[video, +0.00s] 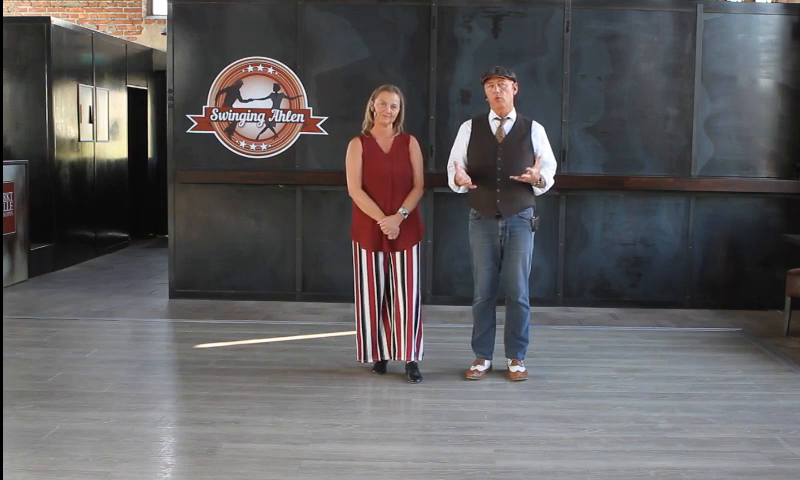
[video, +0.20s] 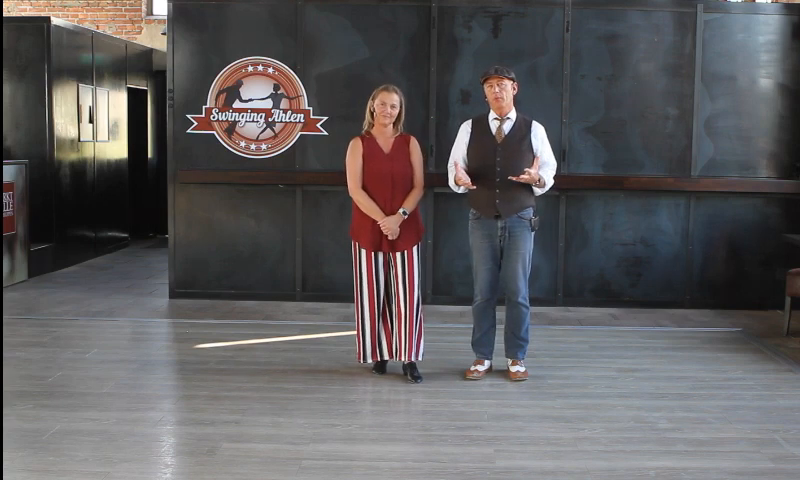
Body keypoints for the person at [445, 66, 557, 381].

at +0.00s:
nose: (497, 91)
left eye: (502, 86)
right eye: (491, 87)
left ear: (514, 89)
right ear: (485, 93)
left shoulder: (533, 130)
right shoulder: (469, 128)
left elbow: (549, 172)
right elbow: (454, 168)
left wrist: (537, 176)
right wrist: (459, 177)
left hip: (520, 219)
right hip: (481, 219)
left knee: (517, 292)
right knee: (483, 292)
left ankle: (516, 359)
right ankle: (482, 358)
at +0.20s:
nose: (496, 91)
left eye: (501, 85)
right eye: (491, 86)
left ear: (514, 89)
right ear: (485, 93)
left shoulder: (533, 129)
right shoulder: (469, 128)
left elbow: (549, 172)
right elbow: (454, 167)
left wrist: (536, 177)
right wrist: (459, 177)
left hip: (519, 219)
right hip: (481, 219)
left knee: (517, 292)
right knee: (483, 292)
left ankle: (516, 359)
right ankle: (482, 358)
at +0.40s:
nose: (496, 91)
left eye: (501, 86)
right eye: (491, 86)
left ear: (514, 89)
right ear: (485, 93)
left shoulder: (533, 130)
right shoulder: (469, 128)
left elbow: (548, 172)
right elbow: (454, 168)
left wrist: (535, 177)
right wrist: (459, 178)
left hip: (519, 219)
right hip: (481, 219)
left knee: (516, 292)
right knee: (483, 292)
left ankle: (516, 359)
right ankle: (482, 358)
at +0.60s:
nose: (496, 90)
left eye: (502, 85)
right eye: (491, 85)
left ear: (514, 89)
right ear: (485, 92)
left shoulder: (532, 130)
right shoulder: (469, 128)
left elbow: (548, 172)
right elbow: (452, 168)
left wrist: (537, 174)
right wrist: (458, 177)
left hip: (519, 219)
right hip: (480, 219)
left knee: (516, 292)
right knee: (483, 292)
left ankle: (516, 358)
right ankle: (482, 358)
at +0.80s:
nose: (497, 88)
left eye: (503, 83)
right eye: (493, 83)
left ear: (515, 90)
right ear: (486, 90)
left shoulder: (531, 130)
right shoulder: (468, 128)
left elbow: (552, 168)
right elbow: (446, 171)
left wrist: (539, 165)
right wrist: (456, 168)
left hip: (519, 220)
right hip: (480, 220)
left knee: (516, 292)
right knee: (483, 292)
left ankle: (516, 358)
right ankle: (482, 358)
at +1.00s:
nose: (500, 91)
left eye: (506, 86)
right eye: (495, 86)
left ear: (516, 92)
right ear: (488, 91)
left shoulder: (531, 130)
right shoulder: (469, 128)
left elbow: (552, 173)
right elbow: (446, 173)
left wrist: (540, 156)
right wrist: (456, 156)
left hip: (519, 220)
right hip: (480, 220)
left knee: (516, 292)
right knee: (483, 292)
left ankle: (516, 359)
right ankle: (482, 358)